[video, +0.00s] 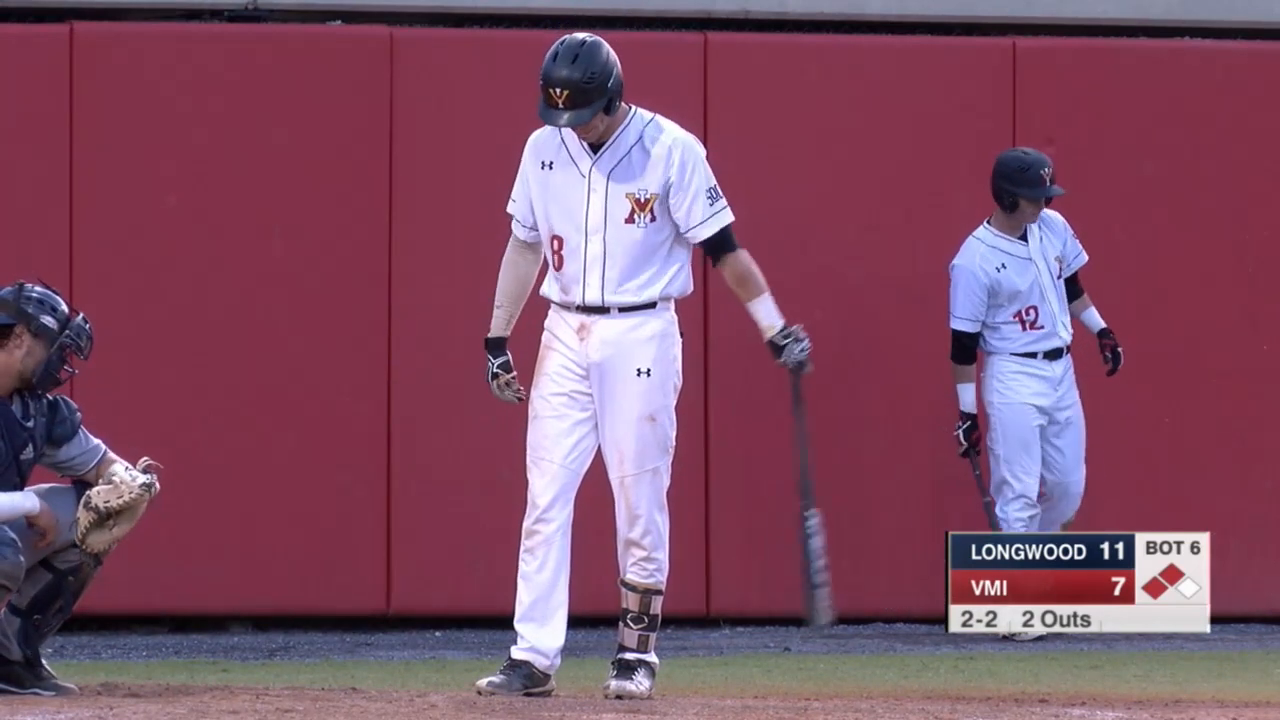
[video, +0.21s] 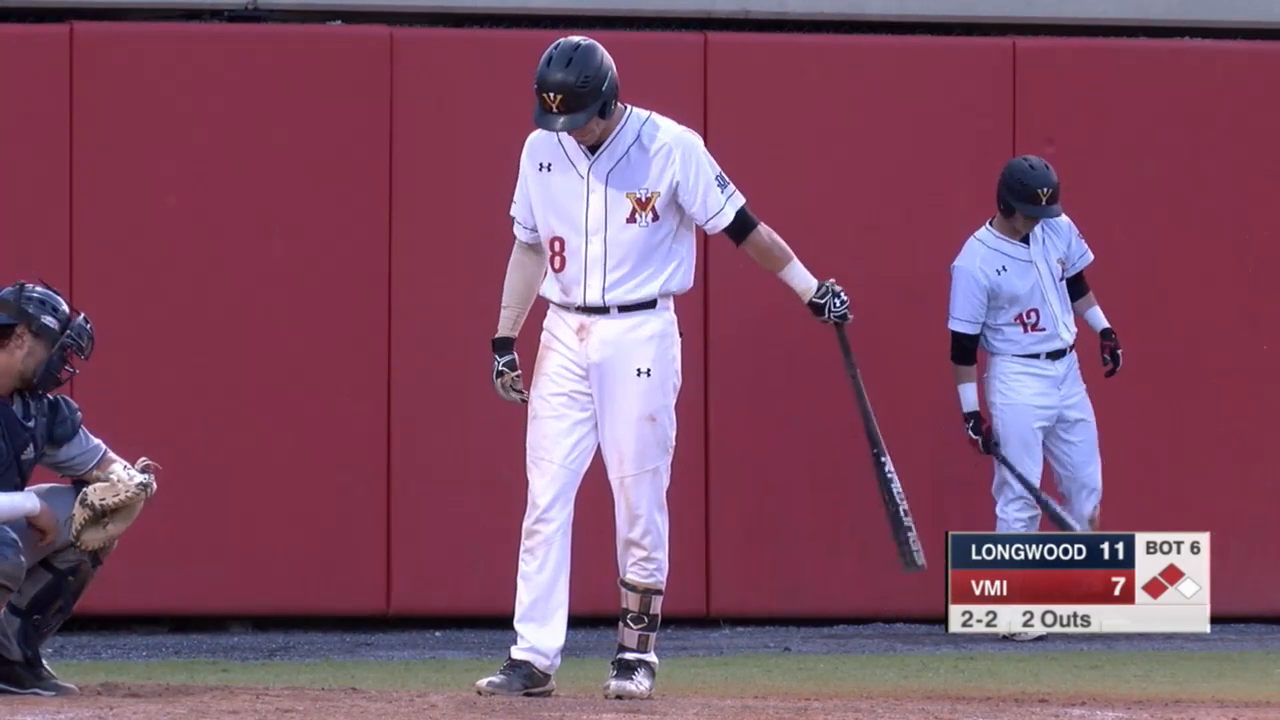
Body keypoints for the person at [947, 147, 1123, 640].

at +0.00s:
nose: (1046, 204)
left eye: (1045, 196)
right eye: (1038, 197)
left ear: (1035, 196)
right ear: (1010, 199)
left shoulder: (1051, 225)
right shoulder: (974, 260)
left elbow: (1070, 287)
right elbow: (963, 346)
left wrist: (1103, 330)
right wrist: (967, 415)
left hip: (1061, 375)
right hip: (1012, 379)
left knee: (1067, 490)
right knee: (1019, 493)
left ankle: (1012, 567)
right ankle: (1008, 600)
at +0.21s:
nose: (1044, 219)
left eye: (1047, 210)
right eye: (1036, 212)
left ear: (1049, 201)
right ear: (1010, 206)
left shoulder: (1055, 227)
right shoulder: (974, 262)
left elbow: (1077, 285)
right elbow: (962, 348)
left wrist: (1104, 330)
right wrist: (971, 413)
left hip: (1067, 376)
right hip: (1016, 382)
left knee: (1085, 484)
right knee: (1019, 496)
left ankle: (1071, 592)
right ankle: (1013, 601)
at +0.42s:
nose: (1052, 225)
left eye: (1057, 216)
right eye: (1045, 217)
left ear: (1061, 206)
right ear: (1019, 209)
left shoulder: (1067, 229)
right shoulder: (984, 262)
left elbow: (1089, 290)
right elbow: (973, 344)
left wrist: (1116, 341)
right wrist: (978, 413)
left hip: (1079, 376)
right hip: (1026, 384)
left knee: (1112, 485)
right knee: (1024, 498)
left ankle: (1130, 594)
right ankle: (1014, 606)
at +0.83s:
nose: (1120, 230)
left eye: (1125, 222)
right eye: (1114, 221)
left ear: (1125, 216)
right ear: (1092, 210)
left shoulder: (1130, 242)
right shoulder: (1046, 259)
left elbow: (1141, 306)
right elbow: (1024, 340)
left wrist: (1163, 361)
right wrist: (1007, 410)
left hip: (1121, 385)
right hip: (1067, 387)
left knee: (1147, 496)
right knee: (1046, 503)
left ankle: (1161, 606)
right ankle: (1022, 607)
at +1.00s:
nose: (1169, 231)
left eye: (1173, 224)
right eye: (1165, 222)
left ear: (1174, 219)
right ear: (1142, 210)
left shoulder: (1172, 247)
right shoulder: (1089, 252)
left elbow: (1172, 316)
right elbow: (1057, 330)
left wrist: (1189, 373)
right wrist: (1031, 398)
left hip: (1146, 387)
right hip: (1091, 385)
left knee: (1161, 498)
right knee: (1060, 497)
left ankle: (1160, 606)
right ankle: (1016, 598)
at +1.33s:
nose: (1220, 238)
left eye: (1226, 232)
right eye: (1219, 229)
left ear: (1225, 224)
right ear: (1198, 213)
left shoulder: (1210, 256)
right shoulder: (1137, 245)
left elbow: (1199, 326)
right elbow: (1111, 322)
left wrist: (1217, 378)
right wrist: (1098, 392)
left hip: (1162, 382)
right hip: (1111, 373)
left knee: (1168, 499)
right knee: (1070, 487)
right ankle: (1040, 585)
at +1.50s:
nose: (1221, 230)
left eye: (1226, 225)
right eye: (1219, 221)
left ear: (1226, 219)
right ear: (1195, 204)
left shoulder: (1206, 252)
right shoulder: (1137, 242)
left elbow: (1198, 316)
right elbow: (1125, 323)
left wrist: (1239, 335)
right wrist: (1134, 392)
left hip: (1162, 377)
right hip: (1109, 371)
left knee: (1168, 495)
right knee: (1073, 489)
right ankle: (1034, 580)